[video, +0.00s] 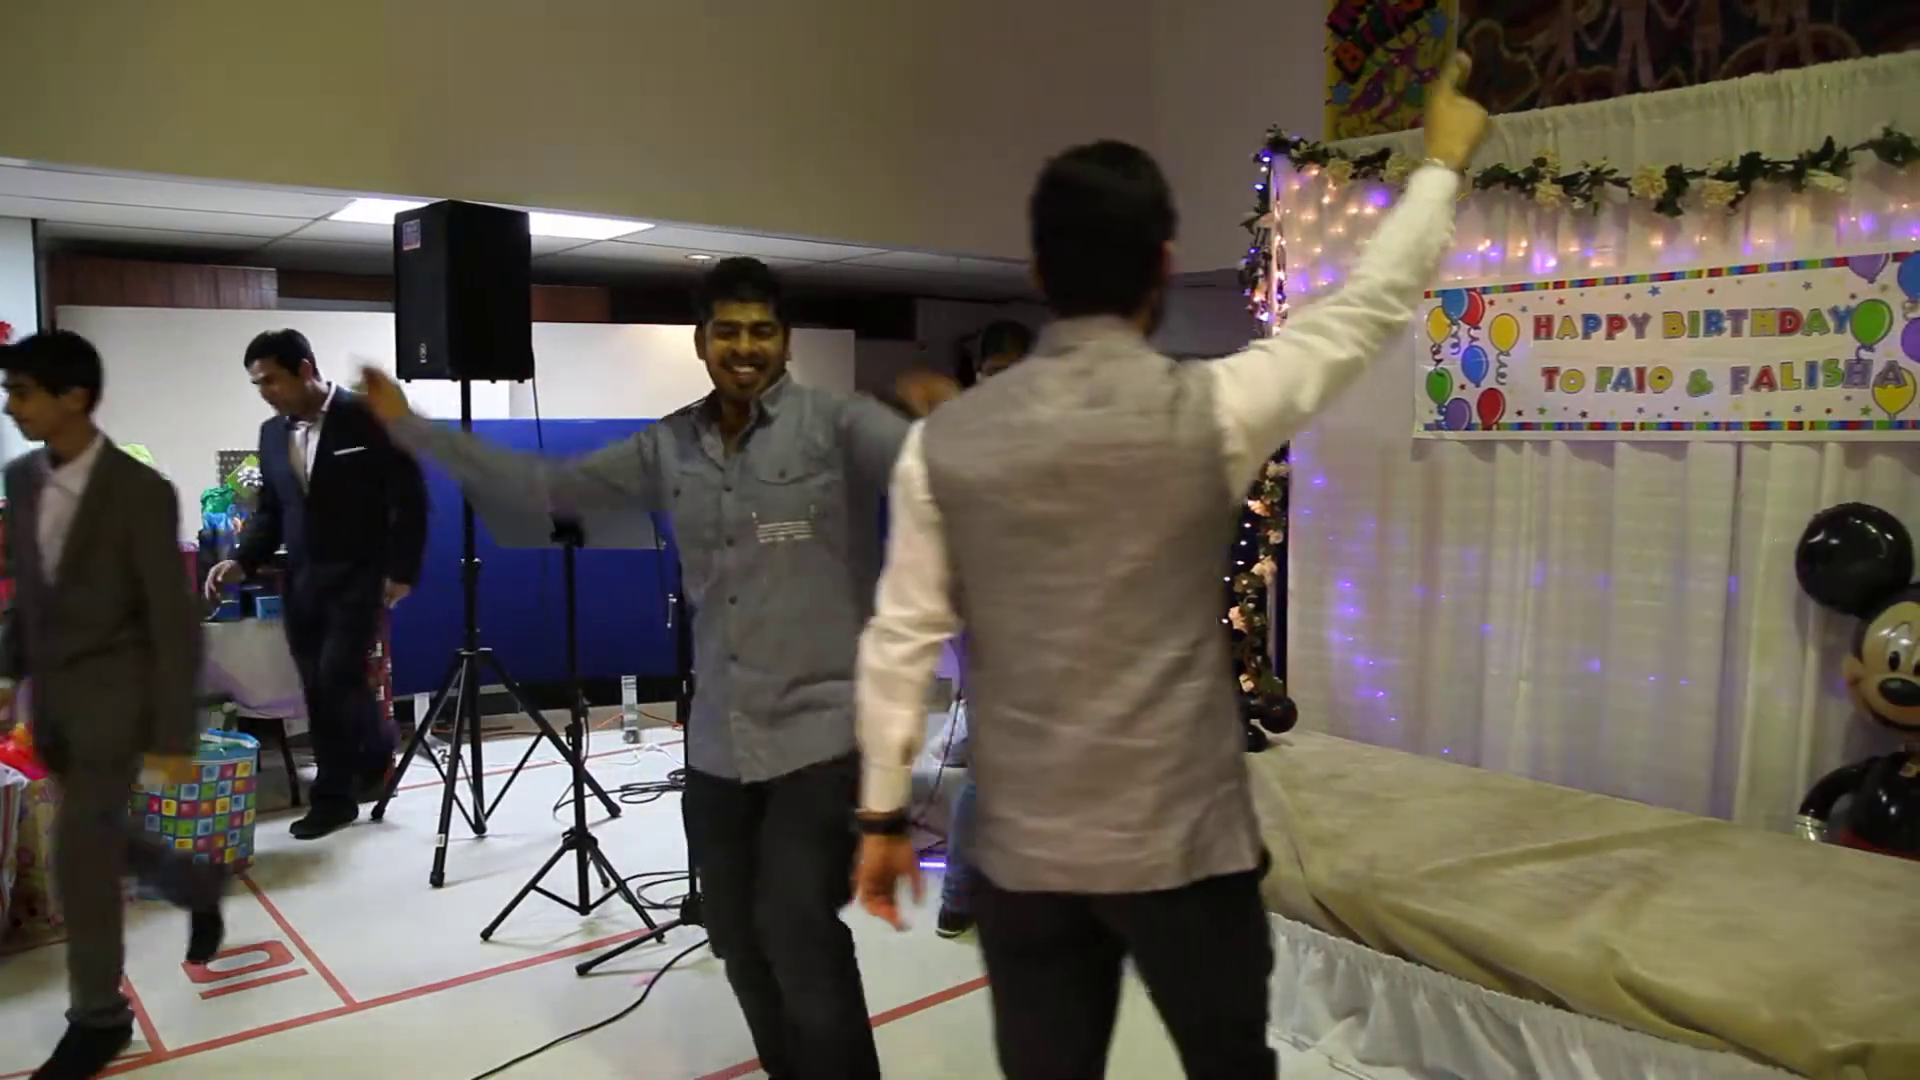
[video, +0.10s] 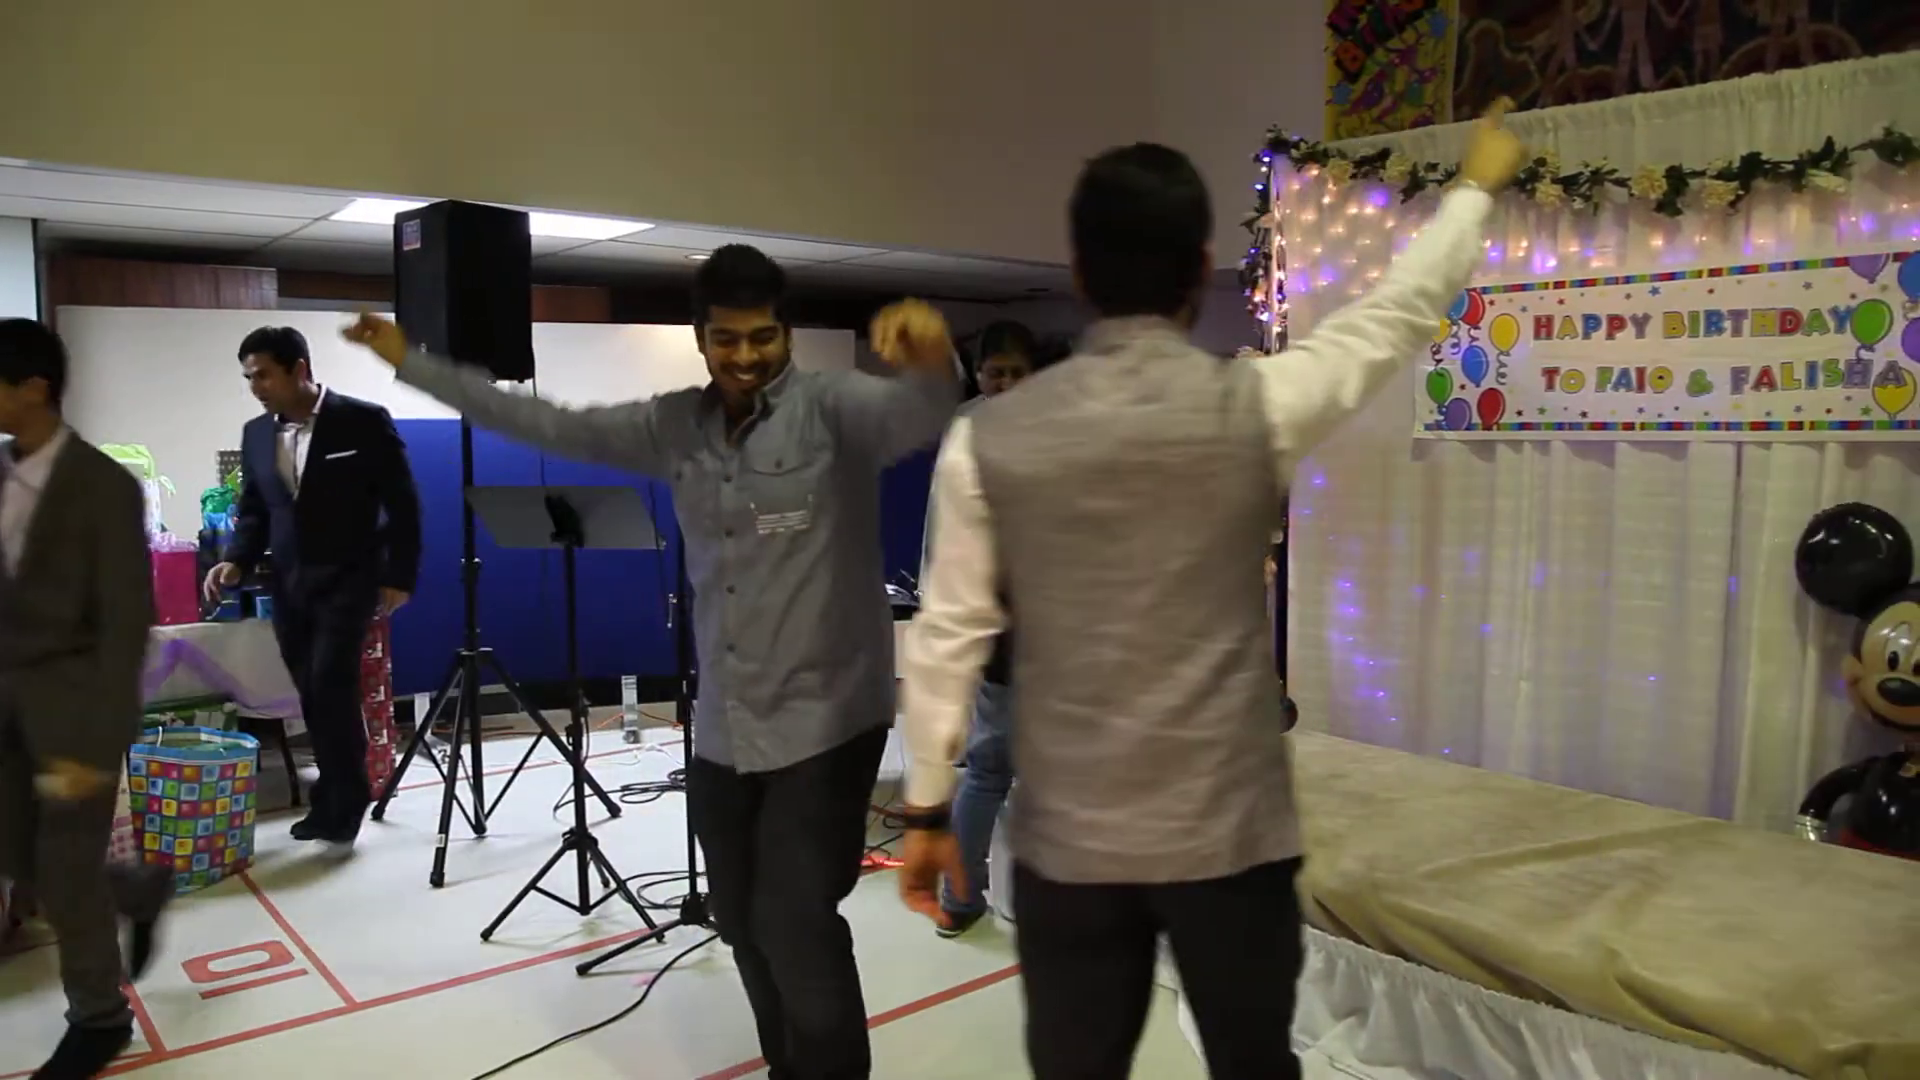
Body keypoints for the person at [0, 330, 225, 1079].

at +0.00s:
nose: (10, 405)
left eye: (23, 392)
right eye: (10, 391)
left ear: (74, 398)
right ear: (46, 401)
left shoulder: (142, 491)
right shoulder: (25, 482)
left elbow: (175, 614)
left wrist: (175, 731)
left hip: (119, 690)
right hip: (52, 694)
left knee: (80, 847)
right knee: (96, 831)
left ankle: (100, 1017)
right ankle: (199, 884)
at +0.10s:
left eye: (3, 388)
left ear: (38, 389)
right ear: (25, 391)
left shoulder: (105, 486)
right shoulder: (4, 475)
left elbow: (127, 623)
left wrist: (97, 745)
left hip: (70, 712)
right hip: (9, 710)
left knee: (66, 870)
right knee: (23, 858)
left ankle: (100, 1017)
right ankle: (139, 891)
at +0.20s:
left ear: (8, 376)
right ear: (11, 377)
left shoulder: (59, 475)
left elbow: (66, 624)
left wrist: (21, 727)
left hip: (63, 713)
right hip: (33, 710)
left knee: (69, 870)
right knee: (20, 872)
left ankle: (103, 1013)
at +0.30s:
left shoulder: (17, 475)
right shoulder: (21, 476)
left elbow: (32, 602)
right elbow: (37, 597)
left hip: (30, 711)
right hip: (29, 712)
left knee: (62, 865)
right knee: (60, 864)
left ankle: (101, 1014)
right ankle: (99, 1011)